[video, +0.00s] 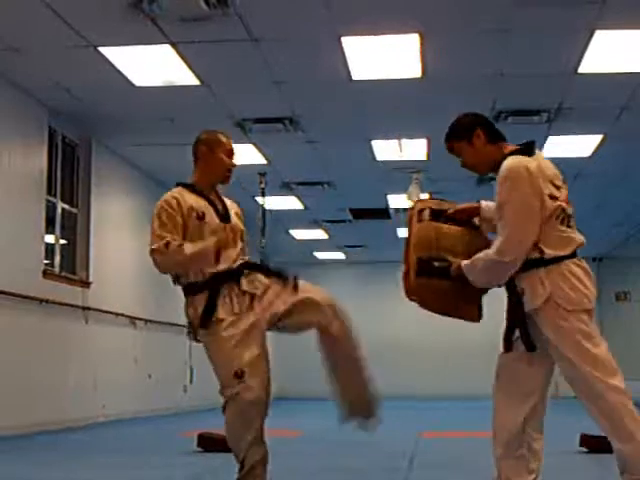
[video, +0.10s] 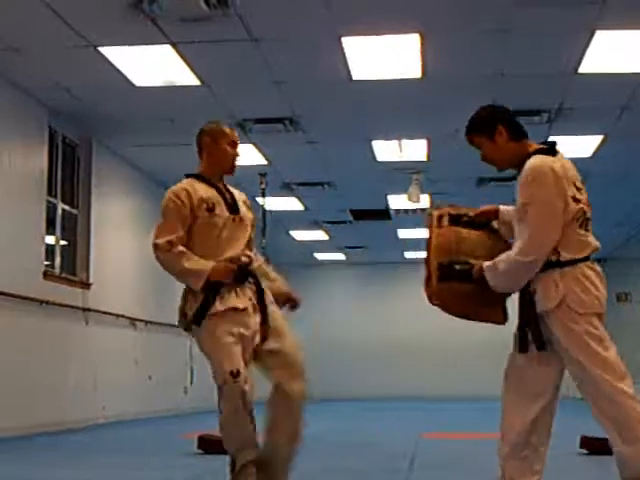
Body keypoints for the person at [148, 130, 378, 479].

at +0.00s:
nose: (233, 164)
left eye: (233, 157)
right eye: (227, 155)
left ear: (209, 157)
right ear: (203, 155)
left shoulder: (232, 208)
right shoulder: (174, 202)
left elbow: (236, 258)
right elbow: (163, 257)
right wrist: (214, 246)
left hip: (254, 287)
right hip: (219, 306)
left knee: (327, 311)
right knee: (247, 395)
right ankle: (252, 472)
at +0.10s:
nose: (237, 152)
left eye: (237, 146)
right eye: (230, 145)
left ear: (228, 151)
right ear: (206, 148)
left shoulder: (241, 200)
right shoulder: (184, 194)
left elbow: (247, 254)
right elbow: (165, 247)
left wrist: (278, 287)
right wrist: (209, 269)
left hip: (256, 301)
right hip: (216, 305)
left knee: (291, 376)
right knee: (235, 384)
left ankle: (274, 467)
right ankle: (245, 465)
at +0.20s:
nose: (241, 157)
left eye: (240, 151)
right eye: (233, 151)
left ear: (235, 159)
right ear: (210, 156)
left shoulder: (250, 209)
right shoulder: (191, 203)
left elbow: (266, 254)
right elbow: (165, 255)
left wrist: (296, 257)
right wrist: (214, 273)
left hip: (250, 306)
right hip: (210, 307)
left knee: (269, 384)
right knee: (227, 379)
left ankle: (253, 467)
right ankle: (216, 469)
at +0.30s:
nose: (236, 148)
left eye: (235, 142)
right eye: (228, 142)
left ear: (223, 149)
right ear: (205, 146)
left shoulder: (239, 201)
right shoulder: (186, 191)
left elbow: (247, 243)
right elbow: (158, 241)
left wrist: (269, 241)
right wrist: (208, 261)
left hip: (242, 296)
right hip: (201, 296)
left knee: (254, 379)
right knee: (204, 373)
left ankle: (255, 469)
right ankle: (160, 462)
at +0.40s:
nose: (221, 138)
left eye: (221, 132)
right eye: (214, 131)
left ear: (216, 140)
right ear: (188, 136)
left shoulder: (222, 190)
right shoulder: (171, 178)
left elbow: (218, 244)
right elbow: (144, 229)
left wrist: (238, 243)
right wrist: (196, 251)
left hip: (224, 293)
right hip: (187, 290)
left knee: (241, 379)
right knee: (179, 372)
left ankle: (252, 469)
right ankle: (118, 457)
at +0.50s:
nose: (204, 151)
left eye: (204, 145)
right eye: (198, 143)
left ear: (191, 150)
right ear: (174, 145)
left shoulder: (197, 200)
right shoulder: (157, 189)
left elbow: (191, 247)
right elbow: (130, 242)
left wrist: (218, 259)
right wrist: (185, 263)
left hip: (207, 306)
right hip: (176, 303)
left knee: (230, 391)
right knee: (153, 387)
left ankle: (219, 473)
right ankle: (84, 469)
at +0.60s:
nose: (184, 160)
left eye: (184, 154)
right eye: (177, 152)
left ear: (169, 160)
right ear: (153, 156)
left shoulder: (164, 208)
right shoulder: (133, 200)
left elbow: (160, 261)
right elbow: (120, 258)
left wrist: (186, 277)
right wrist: (175, 269)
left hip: (177, 311)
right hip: (148, 310)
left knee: (202, 397)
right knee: (129, 402)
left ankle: (215, 473)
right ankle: (76, 474)